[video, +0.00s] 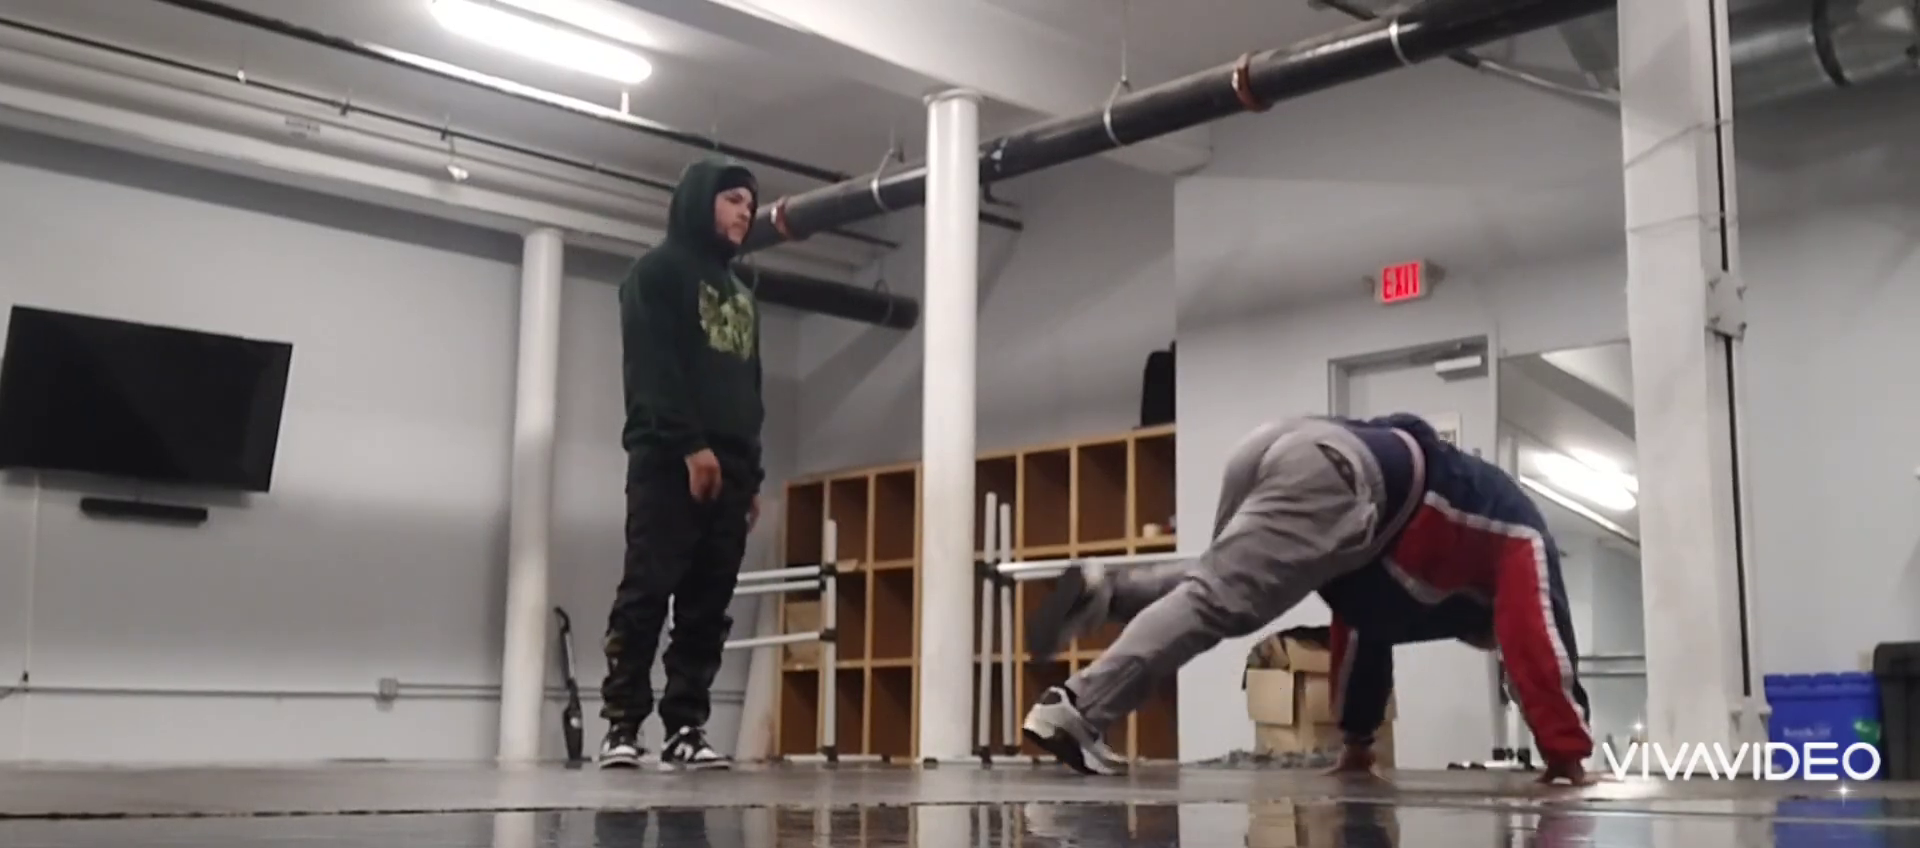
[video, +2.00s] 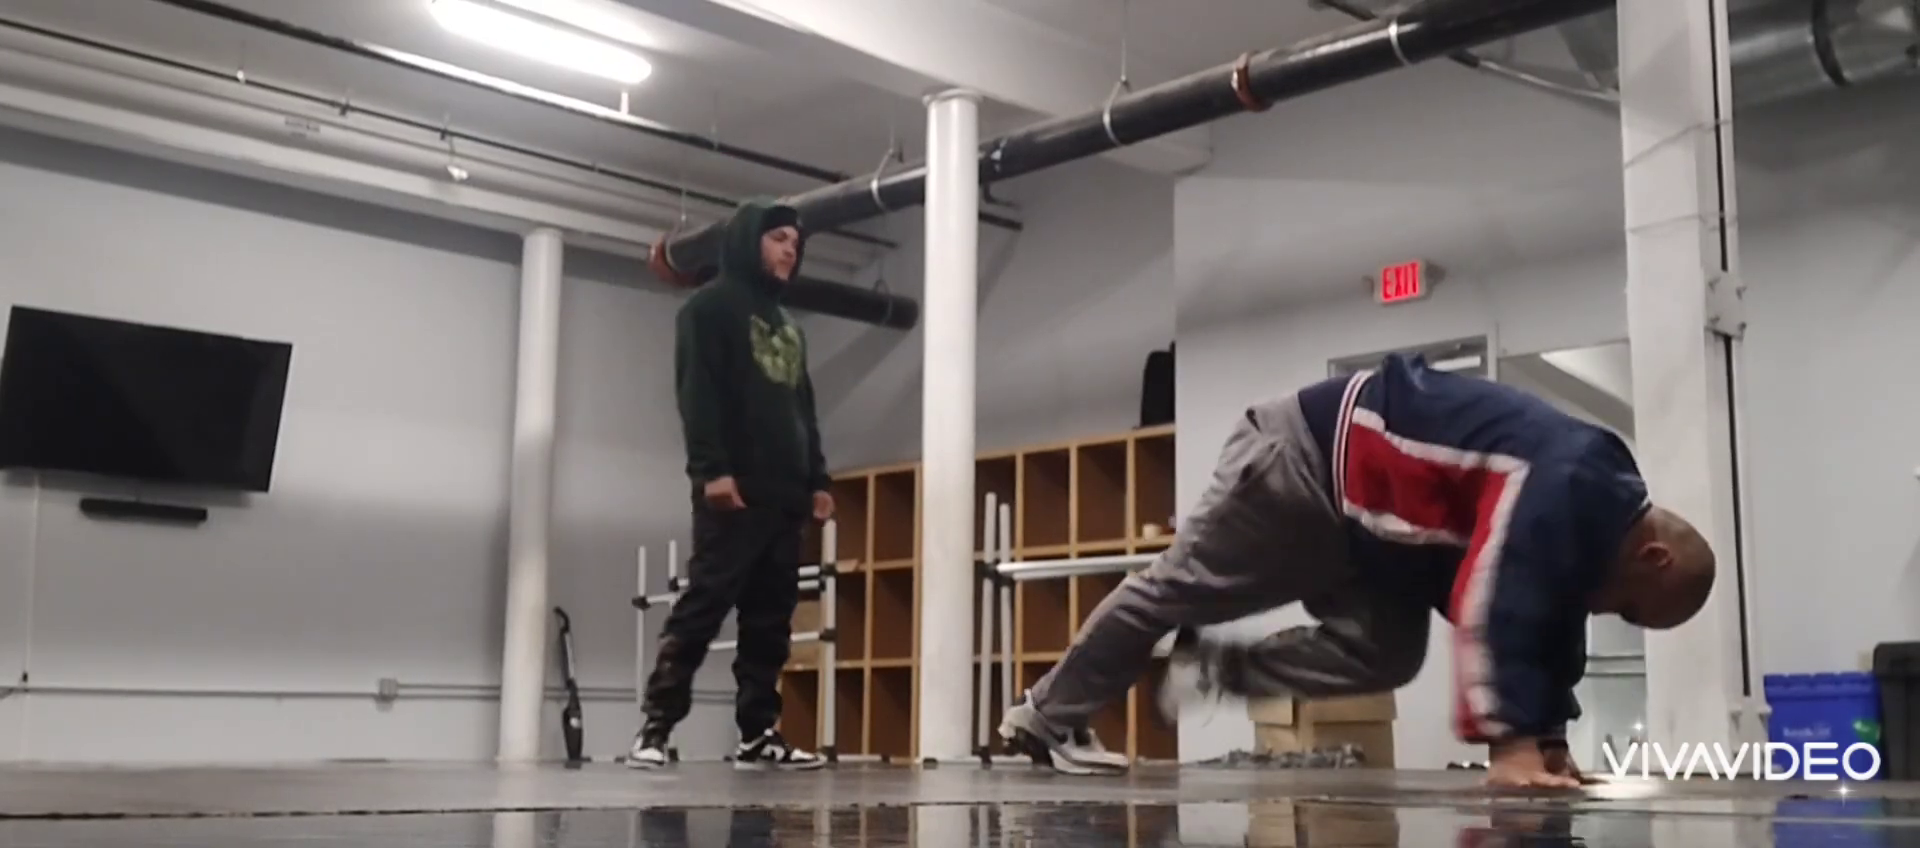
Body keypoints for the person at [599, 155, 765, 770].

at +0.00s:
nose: (743, 212)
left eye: (748, 204)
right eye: (732, 200)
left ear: (750, 216)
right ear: (699, 203)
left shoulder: (739, 290)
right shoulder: (657, 271)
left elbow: (746, 386)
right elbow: (655, 371)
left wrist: (750, 474)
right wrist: (691, 444)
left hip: (729, 462)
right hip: (664, 456)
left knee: (706, 603)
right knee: (647, 590)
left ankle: (684, 732)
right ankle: (623, 729)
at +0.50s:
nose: (729, 223)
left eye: (735, 217)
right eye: (719, 211)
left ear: (738, 230)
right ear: (686, 213)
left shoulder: (742, 304)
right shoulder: (638, 286)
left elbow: (770, 389)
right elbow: (607, 369)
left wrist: (795, 461)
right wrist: (597, 451)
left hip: (729, 473)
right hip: (661, 468)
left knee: (710, 606)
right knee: (653, 596)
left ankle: (689, 732)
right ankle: (645, 728)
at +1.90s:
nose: (776, 248)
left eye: (781, 242)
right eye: (766, 237)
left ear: (781, 253)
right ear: (734, 241)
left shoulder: (777, 325)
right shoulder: (691, 307)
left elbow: (793, 409)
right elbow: (676, 392)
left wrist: (805, 477)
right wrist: (690, 469)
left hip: (771, 489)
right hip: (713, 484)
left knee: (763, 617)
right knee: (685, 610)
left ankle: (758, 735)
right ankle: (649, 734)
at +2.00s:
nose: (789, 251)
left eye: (794, 244)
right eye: (779, 239)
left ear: (795, 255)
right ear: (748, 241)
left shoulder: (787, 325)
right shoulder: (707, 308)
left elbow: (804, 409)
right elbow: (697, 394)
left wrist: (817, 481)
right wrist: (711, 471)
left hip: (785, 489)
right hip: (730, 485)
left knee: (770, 615)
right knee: (703, 607)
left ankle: (758, 735)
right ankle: (655, 732)